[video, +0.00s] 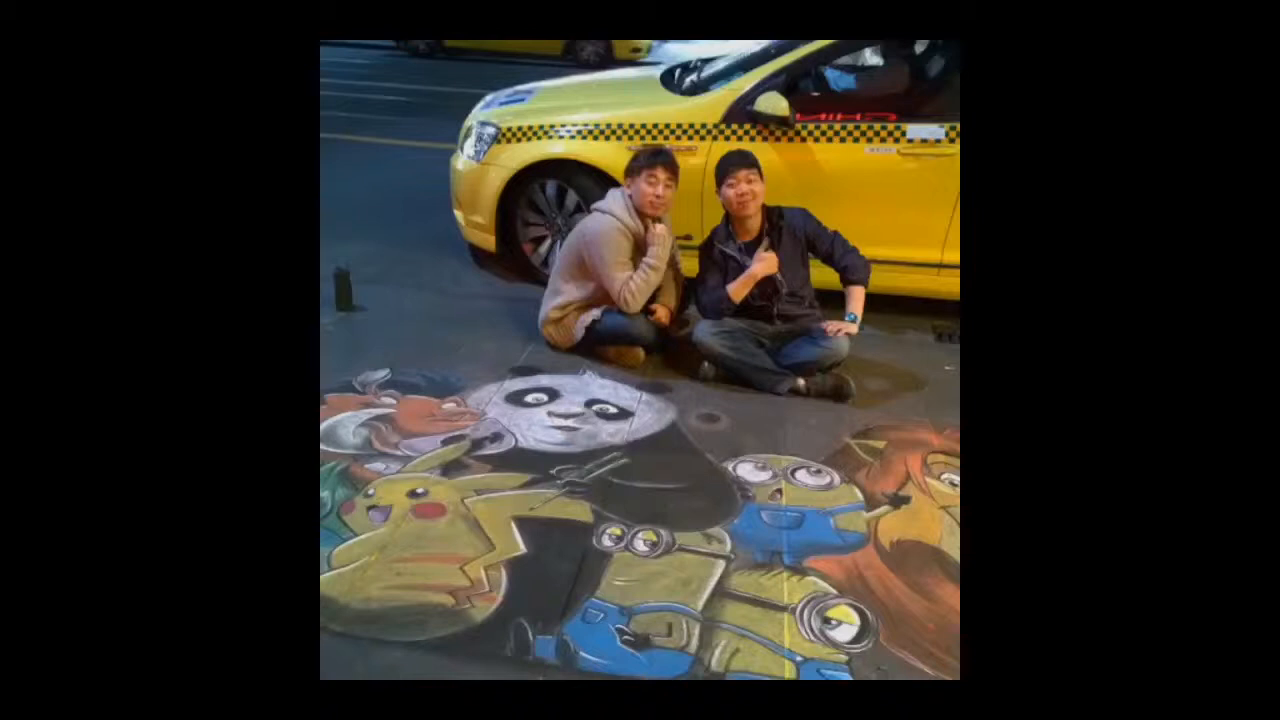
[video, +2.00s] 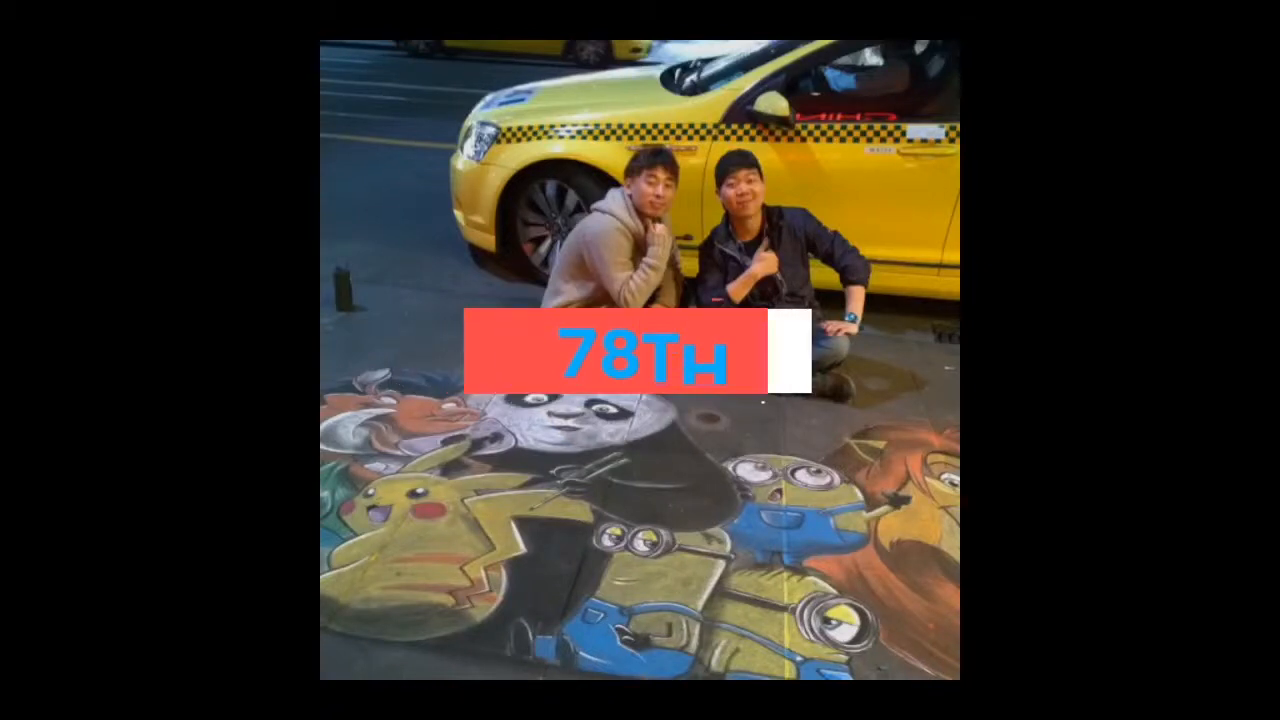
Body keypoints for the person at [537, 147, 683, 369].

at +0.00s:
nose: (660, 193)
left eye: (668, 186)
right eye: (651, 182)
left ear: (674, 193)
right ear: (629, 184)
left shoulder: (656, 222)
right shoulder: (605, 226)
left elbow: (669, 270)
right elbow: (629, 300)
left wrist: (665, 304)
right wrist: (658, 250)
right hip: (566, 319)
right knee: (639, 327)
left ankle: (625, 347)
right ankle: (670, 336)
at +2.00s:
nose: (660, 193)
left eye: (668, 185)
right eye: (651, 183)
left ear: (675, 192)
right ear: (629, 184)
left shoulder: (656, 221)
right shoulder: (604, 228)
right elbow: (628, 300)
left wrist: (662, 306)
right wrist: (658, 252)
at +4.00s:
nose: (659, 191)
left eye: (668, 184)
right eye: (651, 181)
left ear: (675, 190)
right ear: (629, 182)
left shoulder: (656, 224)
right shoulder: (604, 222)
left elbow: (669, 278)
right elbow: (629, 300)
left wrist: (665, 305)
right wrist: (664, 249)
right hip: (566, 319)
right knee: (639, 327)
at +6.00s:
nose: (660, 193)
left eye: (668, 185)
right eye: (651, 182)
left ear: (675, 192)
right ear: (629, 184)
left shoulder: (656, 221)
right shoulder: (605, 227)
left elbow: (670, 269)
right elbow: (629, 300)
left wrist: (665, 304)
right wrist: (658, 250)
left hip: (609, 306)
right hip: (567, 319)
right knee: (638, 328)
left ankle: (631, 346)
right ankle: (669, 336)